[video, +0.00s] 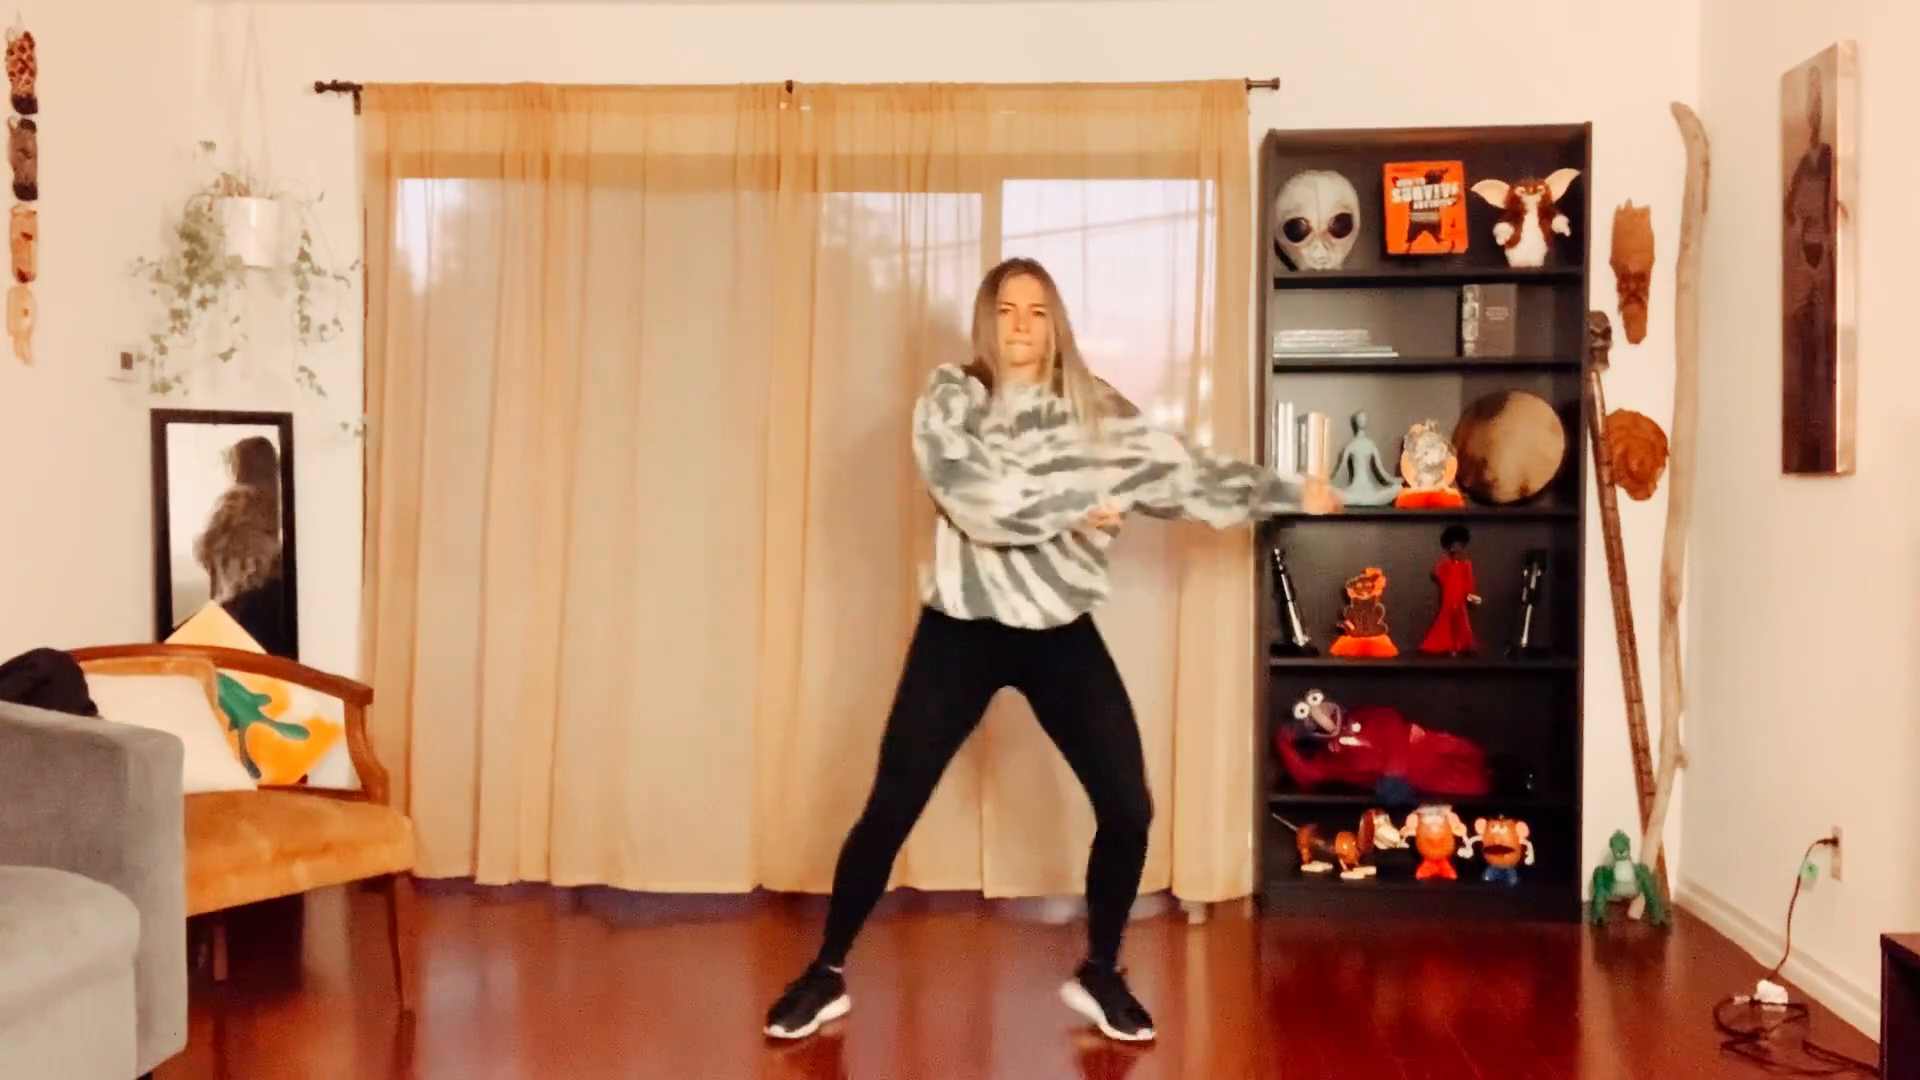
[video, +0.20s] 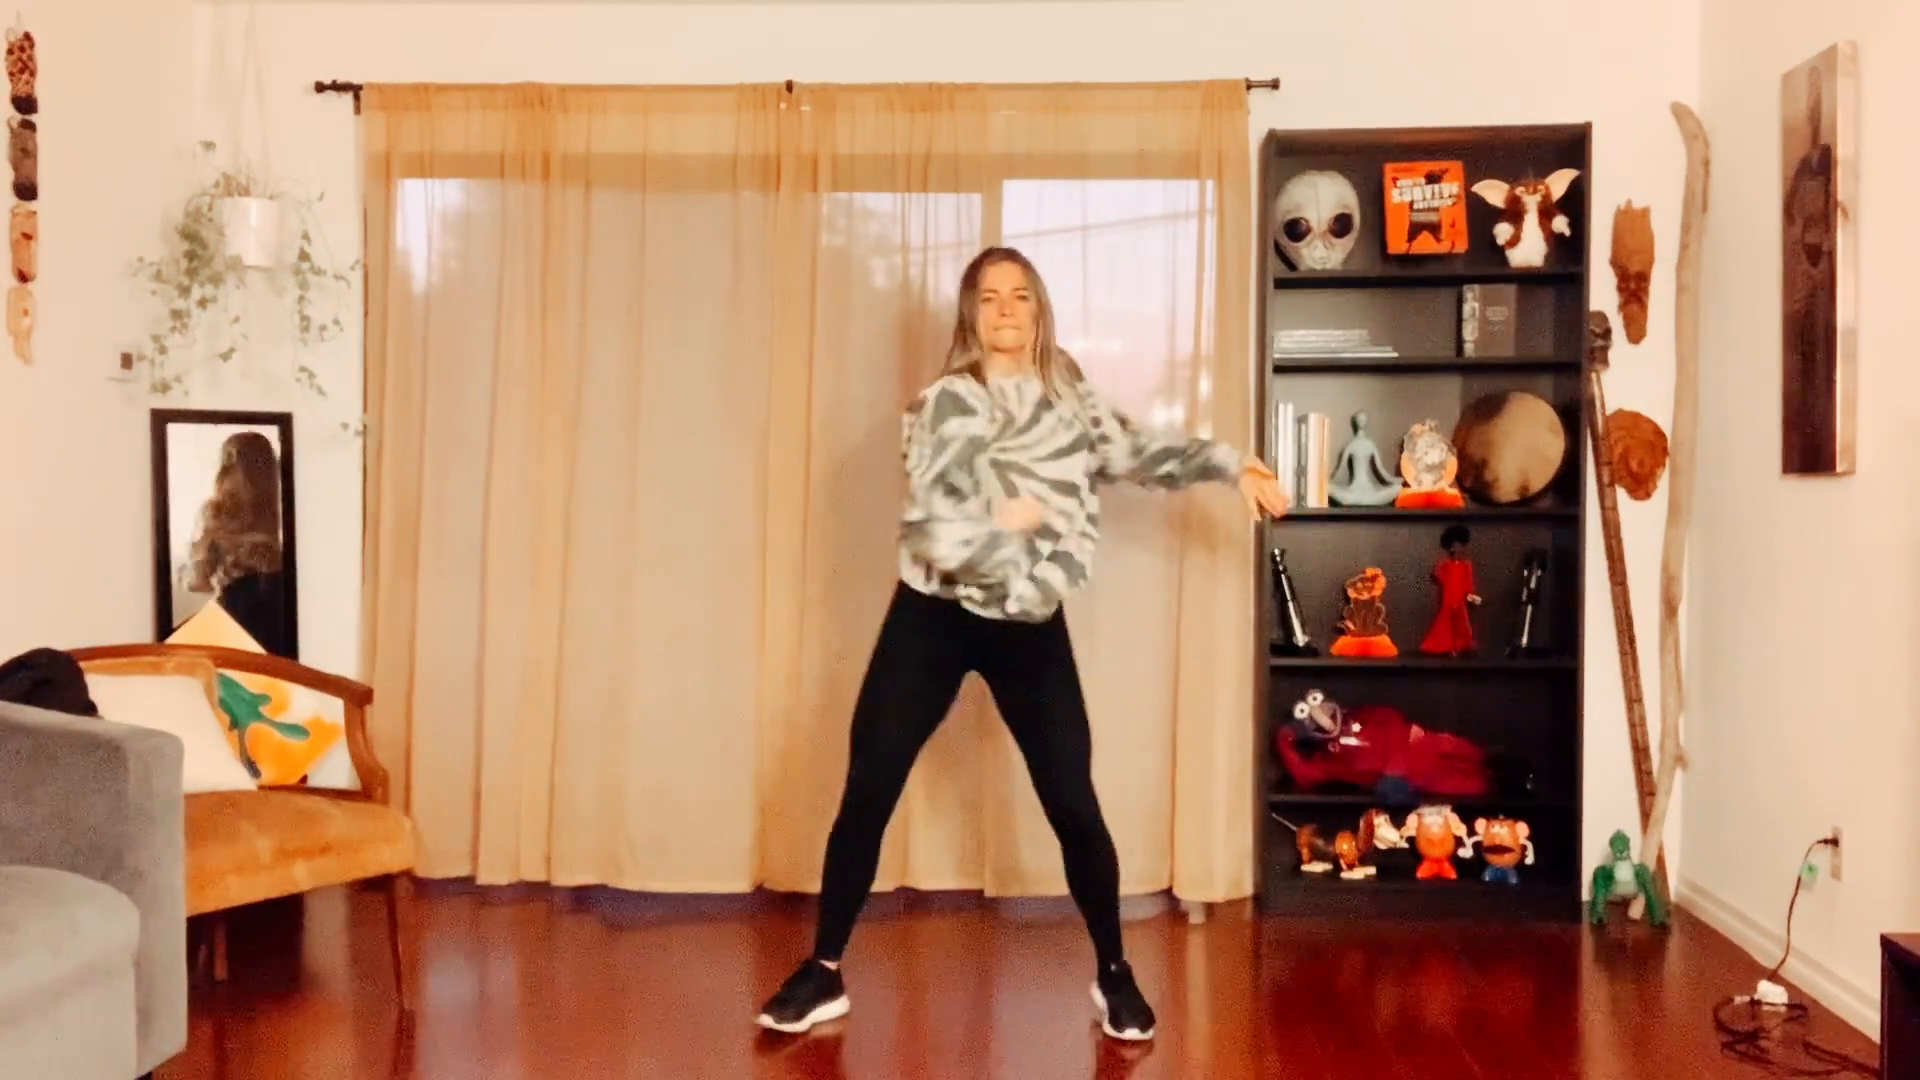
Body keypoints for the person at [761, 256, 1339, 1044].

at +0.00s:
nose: (1021, 323)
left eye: (1035, 311)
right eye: (1008, 310)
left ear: (1057, 324)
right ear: (985, 322)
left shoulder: (1091, 406)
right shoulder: (952, 393)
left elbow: (1181, 473)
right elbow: (968, 495)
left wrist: (1292, 491)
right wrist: (1077, 508)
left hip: (1058, 629)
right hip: (960, 626)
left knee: (1127, 808)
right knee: (891, 804)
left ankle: (1100, 972)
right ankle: (826, 972)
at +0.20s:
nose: (1004, 309)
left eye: (1018, 297)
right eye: (989, 297)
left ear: (1040, 310)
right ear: (968, 311)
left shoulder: (1072, 400)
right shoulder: (946, 402)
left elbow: (1140, 454)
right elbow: (929, 530)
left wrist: (1234, 464)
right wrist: (1007, 517)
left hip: (1029, 622)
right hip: (931, 614)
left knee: (1076, 810)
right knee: (867, 792)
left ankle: (1115, 974)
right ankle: (823, 969)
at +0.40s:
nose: (933, 295)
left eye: (950, 282)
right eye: (918, 283)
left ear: (974, 296)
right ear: (899, 298)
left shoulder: (1017, 388)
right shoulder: (860, 371)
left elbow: (1081, 483)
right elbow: (783, 436)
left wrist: (1185, 513)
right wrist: (798, 461)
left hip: (982, 609)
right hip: (885, 608)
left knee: (1020, 786)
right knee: (842, 783)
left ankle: (1090, 962)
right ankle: (820, 971)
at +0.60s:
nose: (872, 294)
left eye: (888, 283)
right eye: (859, 281)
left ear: (912, 297)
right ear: (834, 293)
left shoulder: (940, 399)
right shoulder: (803, 353)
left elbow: (1032, 472)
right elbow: (748, 353)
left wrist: (1139, 529)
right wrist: (752, 375)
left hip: (907, 604)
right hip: (818, 603)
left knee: (917, 793)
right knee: (800, 786)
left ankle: (954, 964)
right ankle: (814, 971)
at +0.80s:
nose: (835, 306)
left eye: (853, 292)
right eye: (824, 294)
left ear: (885, 303)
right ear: (810, 308)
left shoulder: (930, 400)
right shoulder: (798, 400)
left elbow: (1035, 464)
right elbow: (721, 462)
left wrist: (1145, 495)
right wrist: (648, 419)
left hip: (853, 615)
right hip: (784, 610)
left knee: (742, 772)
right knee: (771, 789)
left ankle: (745, 978)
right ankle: (812, 973)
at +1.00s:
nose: (794, 317)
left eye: (808, 303)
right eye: (793, 304)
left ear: (854, 311)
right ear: (808, 314)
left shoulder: (921, 400)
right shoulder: (784, 412)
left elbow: (1030, 445)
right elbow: (693, 480)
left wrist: (1144, 475)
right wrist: (588, 537)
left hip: (831, 618)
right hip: (769, 614)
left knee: (681, 735)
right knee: (765, 799)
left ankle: (673, 940)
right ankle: (811, 974)